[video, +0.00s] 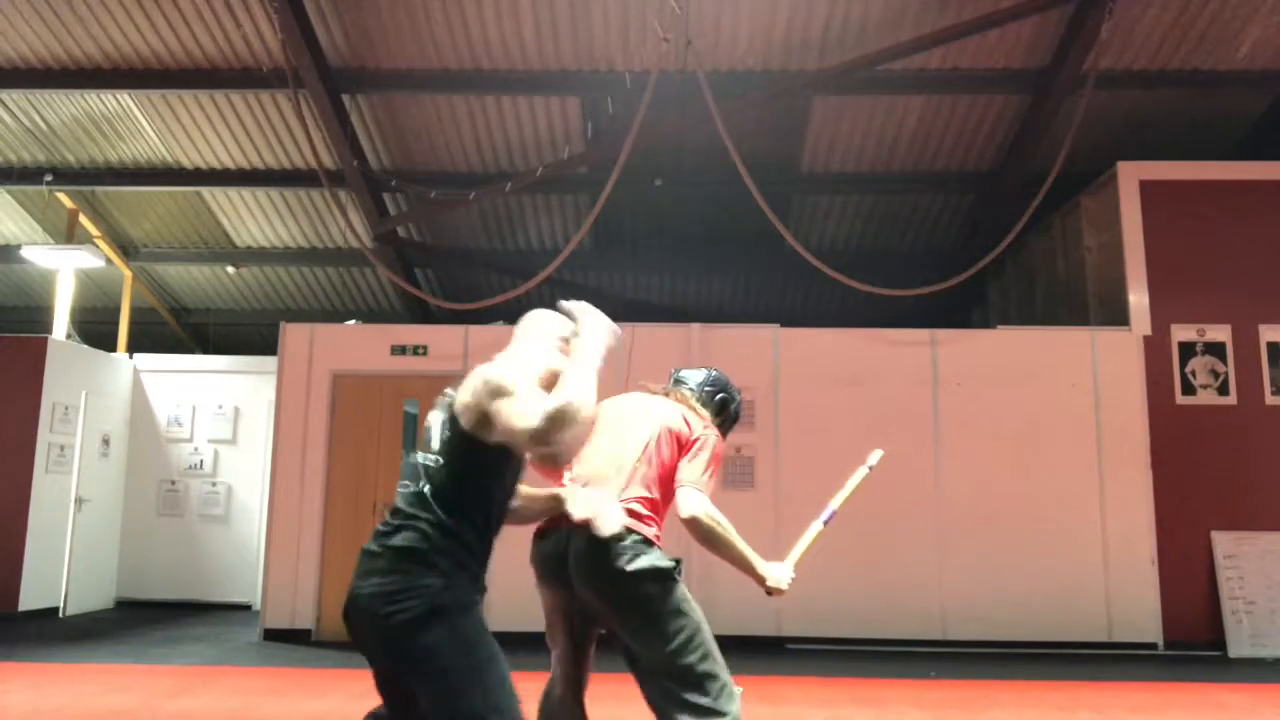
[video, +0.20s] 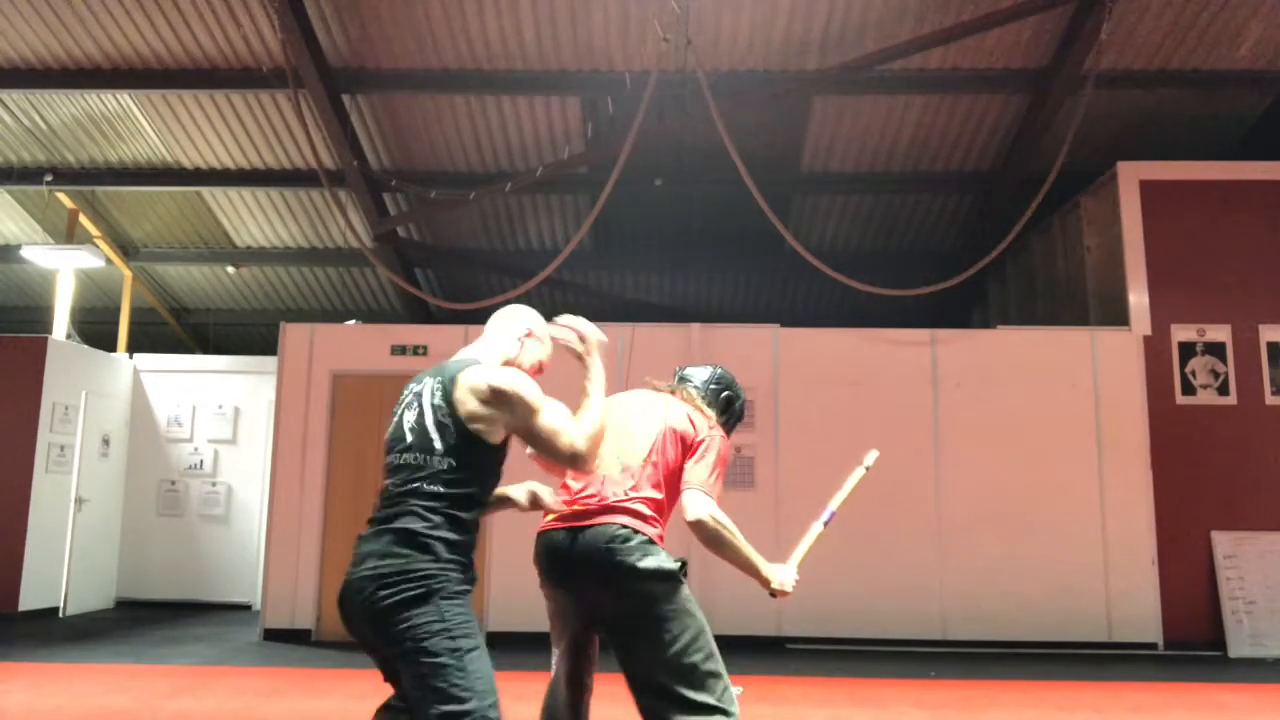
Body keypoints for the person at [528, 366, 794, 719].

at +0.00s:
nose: (720, 433)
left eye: (724, 428)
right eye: (723, 426)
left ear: (675, 389)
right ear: (715, 410)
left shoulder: (609, 405)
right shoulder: (700, 430)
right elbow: (693, 508)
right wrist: (762, 570)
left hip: (552, 545)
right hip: (620, 550)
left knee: (565, 679)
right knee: (710, 698)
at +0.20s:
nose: (725, 430)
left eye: (729, 425)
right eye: (728, 423)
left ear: (677, 386)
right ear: (720, 409)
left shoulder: (610, 402)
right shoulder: (705, 428)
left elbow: (542, 452)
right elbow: (698, 512)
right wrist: (766, 572)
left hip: (554, 543)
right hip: (624, 544)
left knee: (569, 673)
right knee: (706, 701)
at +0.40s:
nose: (727, 429)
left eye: (732, 423)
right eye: (730, 421)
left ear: (683, 383)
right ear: (723, 404)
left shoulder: (611, 402)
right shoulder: (708, 428)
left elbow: (537, 451)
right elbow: (704, 513)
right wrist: (772, 570)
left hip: (560, 548)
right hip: (626, 547)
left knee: (569, 678)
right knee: (710, 699)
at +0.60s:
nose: (730, 429)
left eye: (735, 423)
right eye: (733, 421)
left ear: (686, 385)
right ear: (725, 403)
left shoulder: (615, 403)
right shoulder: (709, 427)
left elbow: (540, 456)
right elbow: (705, 515)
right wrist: (776, 568)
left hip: (562, 552)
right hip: (627, 554)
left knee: (575, 680)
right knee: (719, 701)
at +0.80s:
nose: (731, 431)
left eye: (736, 425)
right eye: (733, 423)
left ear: (685, 384)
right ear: (724, 402)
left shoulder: (619, 406)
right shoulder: (709, 424)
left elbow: (552, 462)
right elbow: (703, 511)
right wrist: (775, 563)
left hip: (565, 557)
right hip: (629, 558)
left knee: (582, 688)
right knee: (724, 701)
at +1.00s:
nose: (731, 429)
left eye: (736, 422)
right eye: (733, 420)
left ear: (685, 382)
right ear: (724, 398)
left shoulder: (621, 408)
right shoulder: (709, 418)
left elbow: (560, 471)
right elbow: (701, 500)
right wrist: (775, 550)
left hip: (571, 558)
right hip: (634, 559)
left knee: (590, 686)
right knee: (729, 700)